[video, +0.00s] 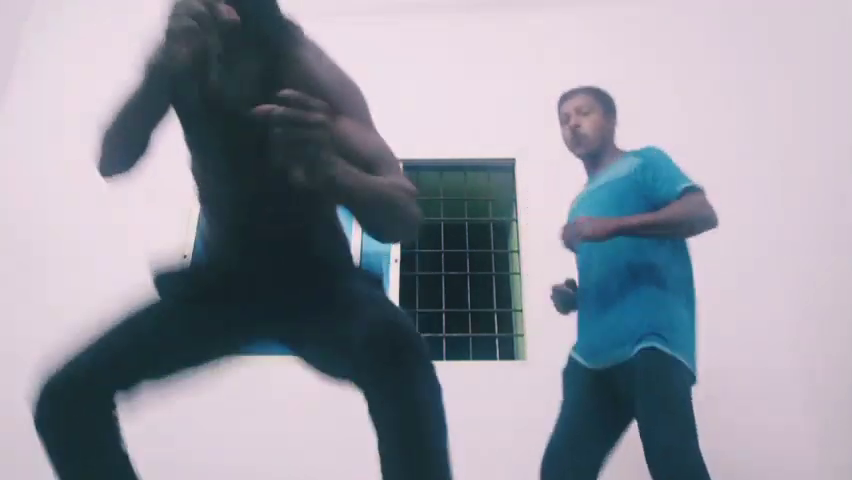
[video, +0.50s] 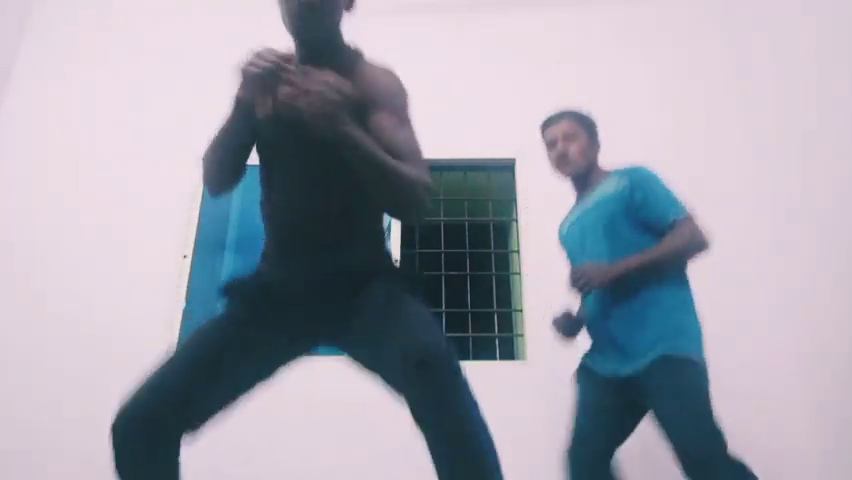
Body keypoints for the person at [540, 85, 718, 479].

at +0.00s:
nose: (572, 124)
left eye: (583, 113)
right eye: (565, 119)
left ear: (610, 121)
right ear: (562, 134)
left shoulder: (647, 162)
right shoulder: (579, 205)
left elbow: (702, 213)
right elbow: (610, 282)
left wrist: (612, 225)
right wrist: (576, 296)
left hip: (653, 342)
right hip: (594, 355)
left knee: (674, 466)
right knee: (561, 468)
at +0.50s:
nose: (560, 150)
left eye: (569, 138)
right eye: (551, 145)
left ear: (593, 142)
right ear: (548, 157)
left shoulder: (635, 182)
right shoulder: (570, 227)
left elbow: (692, 237)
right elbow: (598, 287)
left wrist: (615, 269)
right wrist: (577, 319)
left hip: (667, 351)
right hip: (610, 361)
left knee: (705, 463)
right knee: (585, 463)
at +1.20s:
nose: (604, 120)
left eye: (612, 108)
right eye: (600, 113)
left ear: (645, 110)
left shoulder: (670, 143)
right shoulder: (658, 167)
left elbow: (711, 195)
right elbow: (719, 242)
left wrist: (642, 258)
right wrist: (679, 280)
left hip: (727, 316)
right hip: (698, 323)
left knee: (773, 431)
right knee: (701, 444)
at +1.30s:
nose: (609, 147)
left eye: (617, 135)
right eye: (605, 141)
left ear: (650, 136)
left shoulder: (670, 172)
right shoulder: (663, 189)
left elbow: (699, 225)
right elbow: (721, 274)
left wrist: (625, 279)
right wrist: (680, 313)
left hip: (727, 350)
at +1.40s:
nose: (609, 151)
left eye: (617, 139)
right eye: (606, 145)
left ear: (650, 139)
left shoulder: (673, 170)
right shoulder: (661, 193)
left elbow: (714, 218)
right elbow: (715, 274)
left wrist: (642, 270)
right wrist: (669, 308)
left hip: (730, 333)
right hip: (706, 340)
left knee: (719, 456)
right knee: (690, 461)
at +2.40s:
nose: (627, 115)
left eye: (637, 104)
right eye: (623, 109)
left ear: (669, 108)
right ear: (624, 120)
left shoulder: (706, 145)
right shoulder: (649, 188)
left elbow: (769, 196)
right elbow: (682, 245)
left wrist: (686, 217)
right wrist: (652, 258)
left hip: (725, 302)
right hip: (682, 322)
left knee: (747, 422)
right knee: (709, 441)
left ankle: (786, 477)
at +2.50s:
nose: (624, 102)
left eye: (634, 92)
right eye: (621, 97)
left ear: (668, 96)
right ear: (621, 107)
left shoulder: (702, 129)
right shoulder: (642, 177)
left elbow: (766, 181)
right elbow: (683, 238)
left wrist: (684, 203)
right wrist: (650, 250)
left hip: (718, 296)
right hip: (673, 312)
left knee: (733, 424)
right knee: (702, 436)